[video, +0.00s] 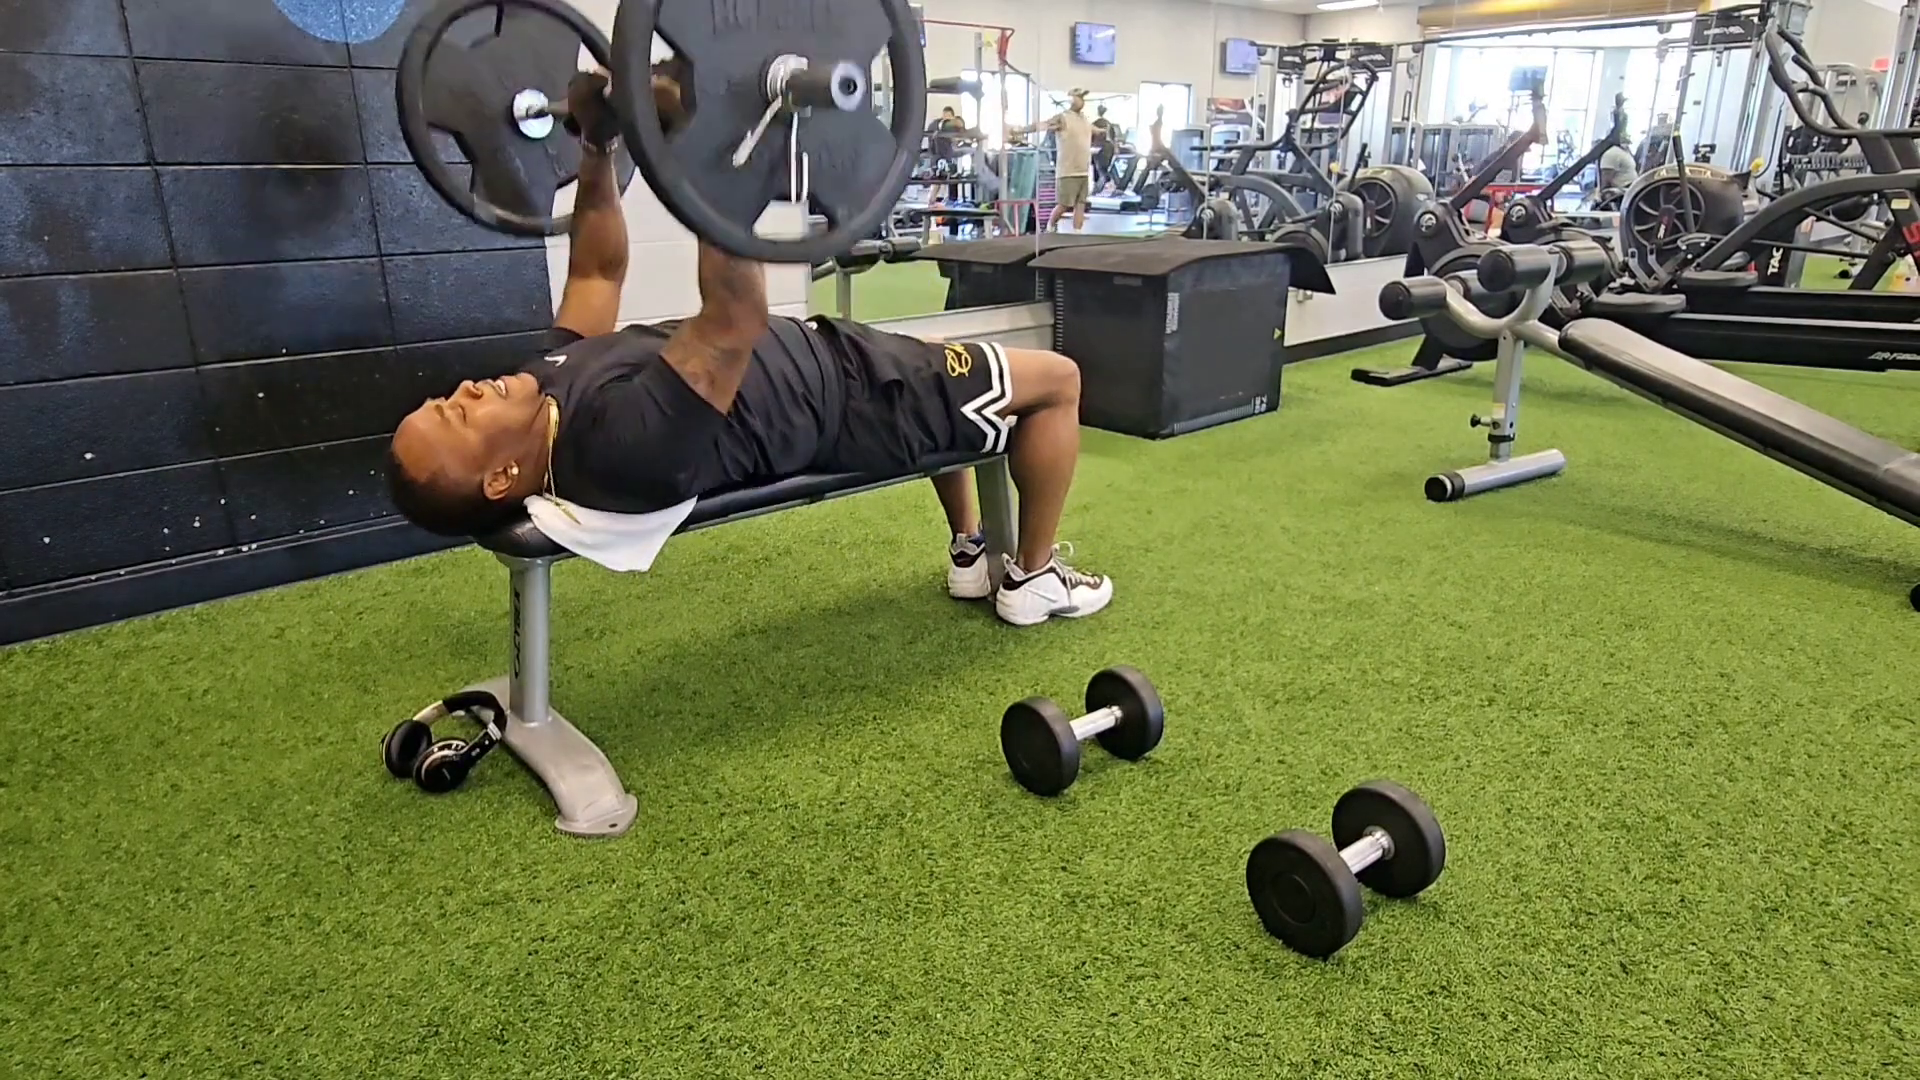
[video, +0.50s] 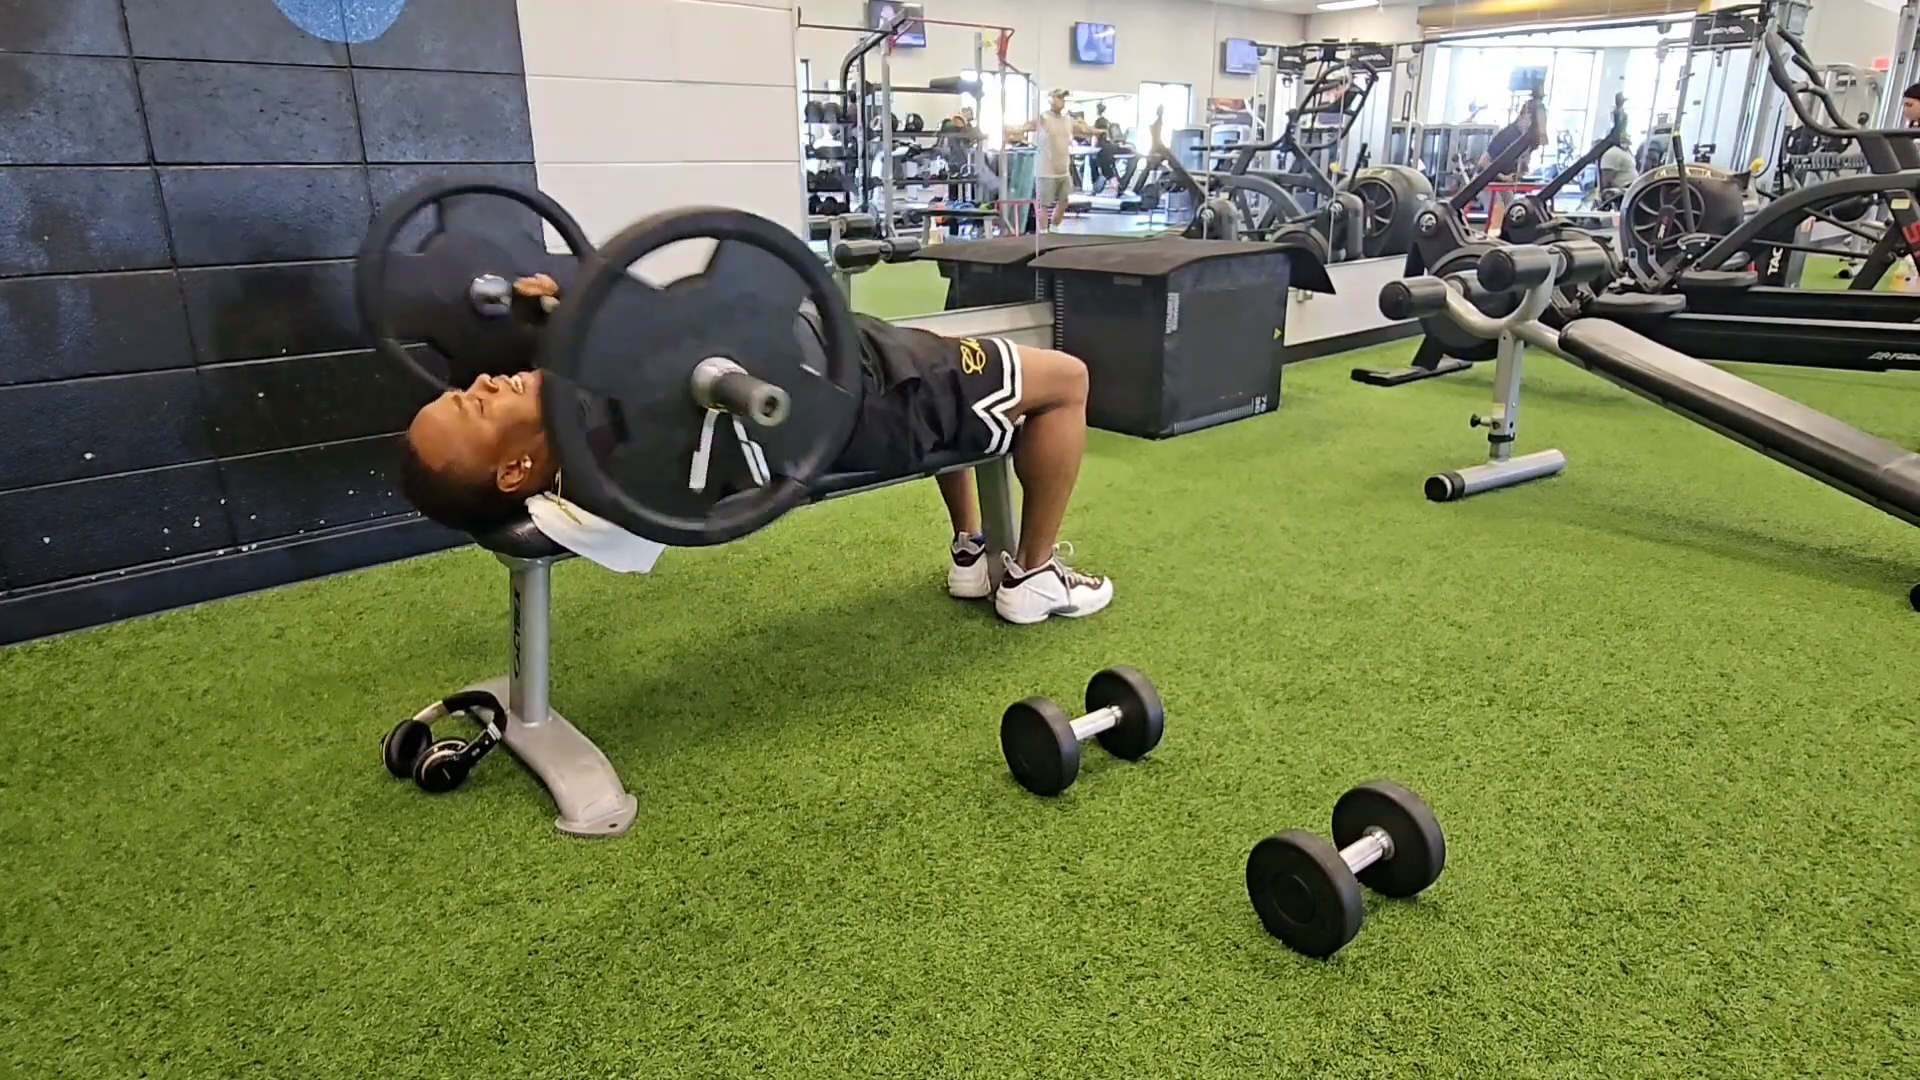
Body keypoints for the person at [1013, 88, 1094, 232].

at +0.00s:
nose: (1083, 101)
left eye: (1083, 98)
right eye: (1080, 98)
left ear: (1082, 101)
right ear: (1071, 99)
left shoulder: (1084, 121)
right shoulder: (1063, 118)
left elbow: (1095, 130)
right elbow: (1042, 125)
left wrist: (1106, 131)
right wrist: (1020, 130)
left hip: (1083, 170)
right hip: (1066, 170)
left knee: (1080, 205)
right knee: (1064, 205)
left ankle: (1077, 233)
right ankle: (1050, 227)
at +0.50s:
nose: (1063, 102)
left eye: (1063, 99)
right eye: (1059, 98)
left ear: (1063, 101)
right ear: (1051, 100)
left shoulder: (1068, 120)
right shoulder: (1043, 119)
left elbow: (1082, 128)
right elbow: (1024, 128)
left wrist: (1097, 131)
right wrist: (1007, 129)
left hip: (1063, 169)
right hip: (1046, 170)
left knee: (1063, 201)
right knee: (1043, 205)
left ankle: (1054, 229)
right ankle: (1042, 233)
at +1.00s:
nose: (1054, 105)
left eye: (1055, 102)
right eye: (1051, 102)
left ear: (1055, 105)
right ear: (1044, 103)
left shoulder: (1058, 124)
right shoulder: (1036, 121)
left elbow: (1075, 130)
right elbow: (1024, 131)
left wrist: (1093, 133)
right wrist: (1013, 133)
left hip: (1051, 170)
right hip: (1037, 170)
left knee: (1039, 203)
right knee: (1043, 203)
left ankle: (1030, 230)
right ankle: (1043, 233)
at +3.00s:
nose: (1055, 105)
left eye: (1057, 102)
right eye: (1052, 101)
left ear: (1059, 105)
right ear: (1045, 103)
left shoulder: (1060, 124)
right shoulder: (1036, 120)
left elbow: (1077, 132)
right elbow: (1025, 128)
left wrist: (1094, 134)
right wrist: (1016, 130)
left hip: (1055, 171)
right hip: (1040, 171)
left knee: (1054, 205)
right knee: (1044, 206)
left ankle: (1036, 227)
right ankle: (1041, 233)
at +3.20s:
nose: (1061, 106)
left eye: (1063, 103)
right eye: (1059, 102)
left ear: (1065, 105)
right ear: (1051, 102)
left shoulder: (1064, 123)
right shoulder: (1041, 118)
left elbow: (1081, 131)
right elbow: (1027, 124)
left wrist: (1099, 132)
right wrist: (1016, 124)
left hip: (1061, 169)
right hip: (1044, 170)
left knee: (1068, 201)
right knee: (1043, 205)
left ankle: (1055, 228)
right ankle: (1040, 233)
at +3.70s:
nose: (1082, 106)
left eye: (1084, 103)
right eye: (1080, 102)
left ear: (1086, 104)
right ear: (1074, 102)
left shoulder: (1086, 120)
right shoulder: (1062, 118)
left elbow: (1099, 119)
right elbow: (1044, 120)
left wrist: (1108, 115)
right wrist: (1028, 117)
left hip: (1082, 169)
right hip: (1066, 169)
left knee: (1079, 205)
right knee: (1066, 205)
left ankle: (1074, 232)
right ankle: (1050, 225)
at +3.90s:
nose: (1088, 105)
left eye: (1089, 102)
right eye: (1086, 101)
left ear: (1089, 104)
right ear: (1078, 101)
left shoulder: (1090, 119)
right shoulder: (1067, 117)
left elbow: (1101, 119)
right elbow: (1047, 120)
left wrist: (1110, 114)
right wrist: (1029, 116)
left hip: (1086, 167)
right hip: (1070, 167)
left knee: (1082, 203)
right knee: (1078, 201)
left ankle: (1075, 232)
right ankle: (1061, 224)